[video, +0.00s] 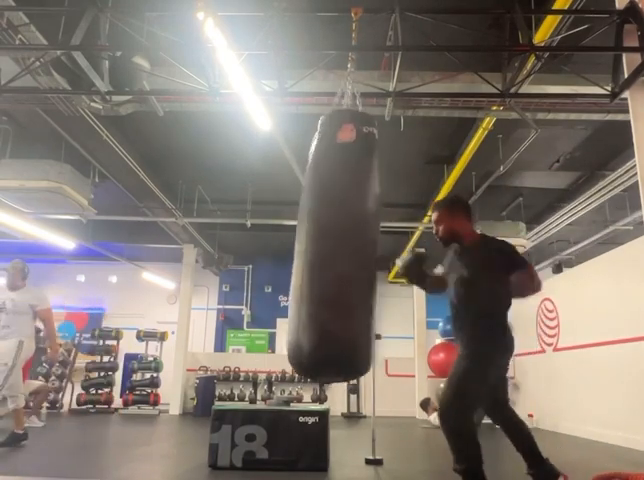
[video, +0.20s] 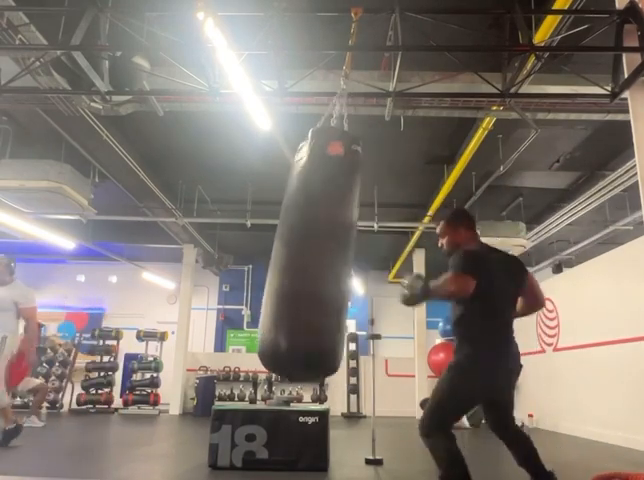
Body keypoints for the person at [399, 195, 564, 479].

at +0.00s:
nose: (435, 230)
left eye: (438, 222)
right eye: (434, 224)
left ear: (458, 219)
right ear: (455, 221)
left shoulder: (495, 249)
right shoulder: (455, 254)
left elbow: (531, 283)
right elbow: (445, 283)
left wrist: (491, 287)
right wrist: (419, 277)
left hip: (489, 345)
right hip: (474, 344)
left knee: (452, 411)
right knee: (497, 408)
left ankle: (472, 474)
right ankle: (542, 470)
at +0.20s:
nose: (440, 244)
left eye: (442, 236)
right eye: (439, 238)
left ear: (462, 231)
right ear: (469, 232)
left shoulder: (466, 256)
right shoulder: (509, 261)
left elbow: (461, 285)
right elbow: (536, 301)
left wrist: (424, 290)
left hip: (474, 360)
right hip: (506, 360)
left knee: (432, 427)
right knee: (503, 424)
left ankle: (457, 476)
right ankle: (542, 475)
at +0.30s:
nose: (436, 237)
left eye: (437, 229)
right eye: (433, 231)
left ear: (456, 221)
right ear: (460, 222)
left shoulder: (467, 253)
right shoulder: (502, 242)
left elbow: (473, 303)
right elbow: (534, 270)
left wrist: (438, 298)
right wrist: (500, 284)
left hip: (481, 355)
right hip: (511, 349)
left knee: (444, 423)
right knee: (507, 411)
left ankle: (462, 475)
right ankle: (537, 470)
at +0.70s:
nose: (461, 220)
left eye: (462, 211)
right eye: (459, 213)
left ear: (480, 200)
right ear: (494, 199)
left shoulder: (494, 224)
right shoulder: (542, 224)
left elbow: (504, 265)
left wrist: (465, 298)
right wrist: (473, 247)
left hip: (522, 342)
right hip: (560, 339)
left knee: (479, 429)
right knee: (545, 412)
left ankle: (493, 474)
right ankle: (581, 473)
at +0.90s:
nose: (506, 192)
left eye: (506, 181)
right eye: (503, 185)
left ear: (529, 168)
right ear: (532, 169)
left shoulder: (556, 187)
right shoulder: (593, 194)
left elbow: (576, 226)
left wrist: (528, 251)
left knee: (527, 419)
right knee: (626, 433)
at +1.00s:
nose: (541, 193)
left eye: (541, 181)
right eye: (537, 185)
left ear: (564, 169)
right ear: (568, 170)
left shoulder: (603, 198)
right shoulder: (622, 196)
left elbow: (606, 258)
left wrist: (549, 254)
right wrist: (557, 239)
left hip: (601, 350)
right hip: (628, 349)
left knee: (551, 439)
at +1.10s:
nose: (572, 182)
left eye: (572, 168)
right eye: (568, 173)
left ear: (596, 153)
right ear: (604, 155)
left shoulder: (625, 177)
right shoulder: (628, 182)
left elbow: (621, 251)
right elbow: (621, 260)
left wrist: (569, 236)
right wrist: (568, 245)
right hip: (635, 324)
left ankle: (571, 474)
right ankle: (572, 472)